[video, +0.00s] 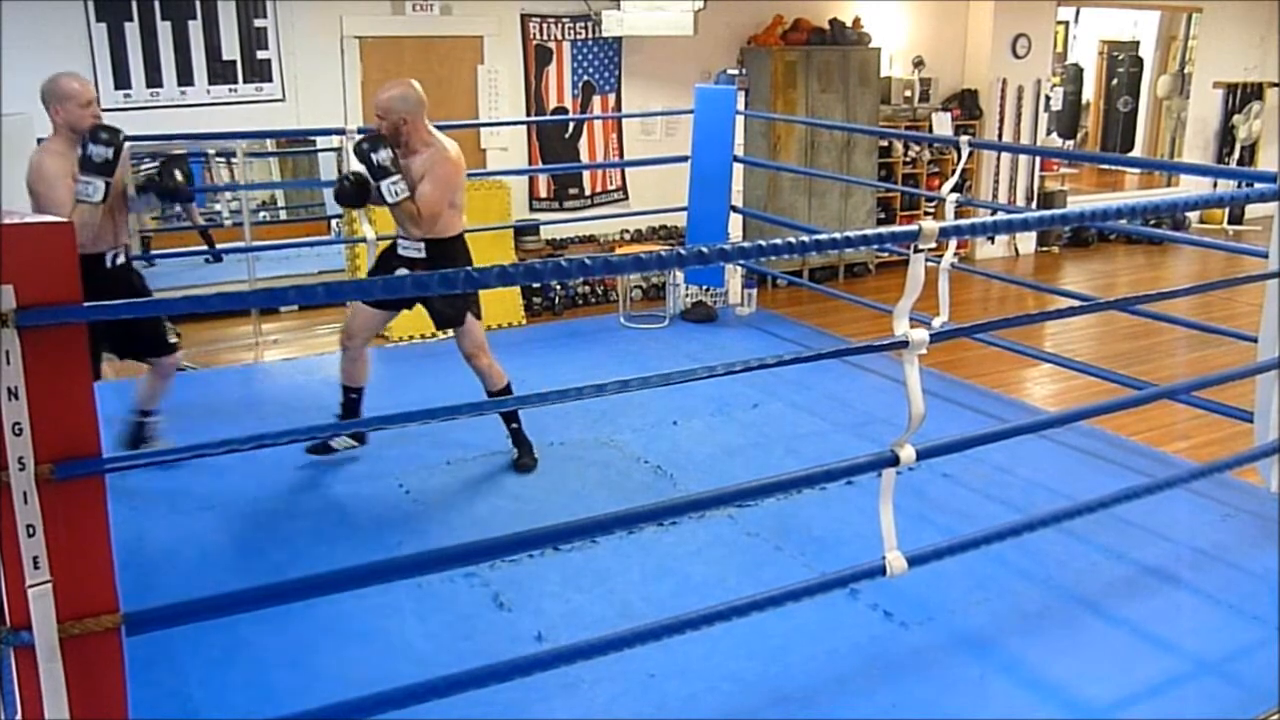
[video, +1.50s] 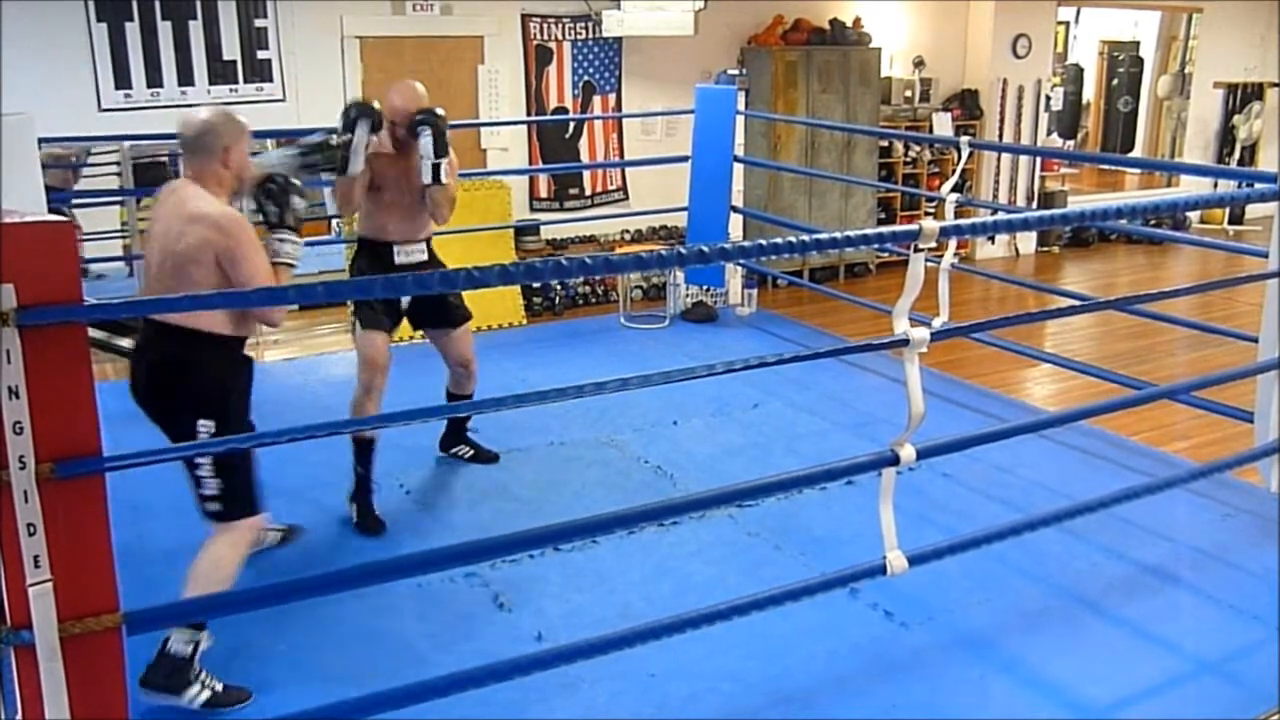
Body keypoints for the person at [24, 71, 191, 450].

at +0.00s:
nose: (96, 111)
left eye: (96, 103)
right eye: (85, 106)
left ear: (97, 102)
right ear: (57, 114)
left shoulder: (106, 147)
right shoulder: (46, 163)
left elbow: (124, 204)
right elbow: (79, 238)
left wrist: (155, 192)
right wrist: (94, 176)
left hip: (117, 269)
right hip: (73, 276)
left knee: (166, 357)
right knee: (81, 378)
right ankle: (75, 458)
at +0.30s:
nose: (92, 142)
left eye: (91, 133)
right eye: (82, 134)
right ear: (50, 141)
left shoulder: (92, 168)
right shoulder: (39, 190)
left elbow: (154, 191)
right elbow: (67, 275)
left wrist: (177, 161)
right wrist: (90, 212)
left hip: (107, 296)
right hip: (78, 304)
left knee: (115, 394)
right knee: (118, 394)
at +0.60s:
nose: (98, 155)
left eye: (95, 149)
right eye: (91, 150)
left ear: (57, 160)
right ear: (63, 163)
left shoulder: (33, 193)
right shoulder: (72, 225)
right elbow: (105, 290)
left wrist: (146, 141)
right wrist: (123, 229)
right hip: (88, 355)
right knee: (118, 447)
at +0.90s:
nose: (129, 106)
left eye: (126, 97)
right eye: (125, 98)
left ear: (71, 103)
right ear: (106, 104)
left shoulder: (41, 154)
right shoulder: (123, 166)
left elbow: (51, 217)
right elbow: (166, 241)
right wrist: (162, 193)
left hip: (49, 299)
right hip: (107, 304)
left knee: (68, 427)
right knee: (138, 442)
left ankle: (67, 540)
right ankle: (88, 541)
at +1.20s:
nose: (175, 166)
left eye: (173, 156)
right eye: (172, 157)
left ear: (111, 161)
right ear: (155, 160)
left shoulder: (80, 221)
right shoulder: (176, 222)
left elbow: (68, 294)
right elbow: (218, 300)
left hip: (96, 367)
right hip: (160, 371)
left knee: (123, 470)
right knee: (191, 525)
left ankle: (96, 550)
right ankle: (169, 679)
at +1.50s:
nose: (250, 160)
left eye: (247, 150)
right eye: (246, 152)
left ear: (193, 154)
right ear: (227, 157)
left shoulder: (169, 200)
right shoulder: (227, 224)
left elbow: (172, 282)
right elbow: (273, 312)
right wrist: (269, 257)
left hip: (155, 360)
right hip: (201, 373)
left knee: (228, 443)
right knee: (238, 522)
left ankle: (247, 528)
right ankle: (177, 659)